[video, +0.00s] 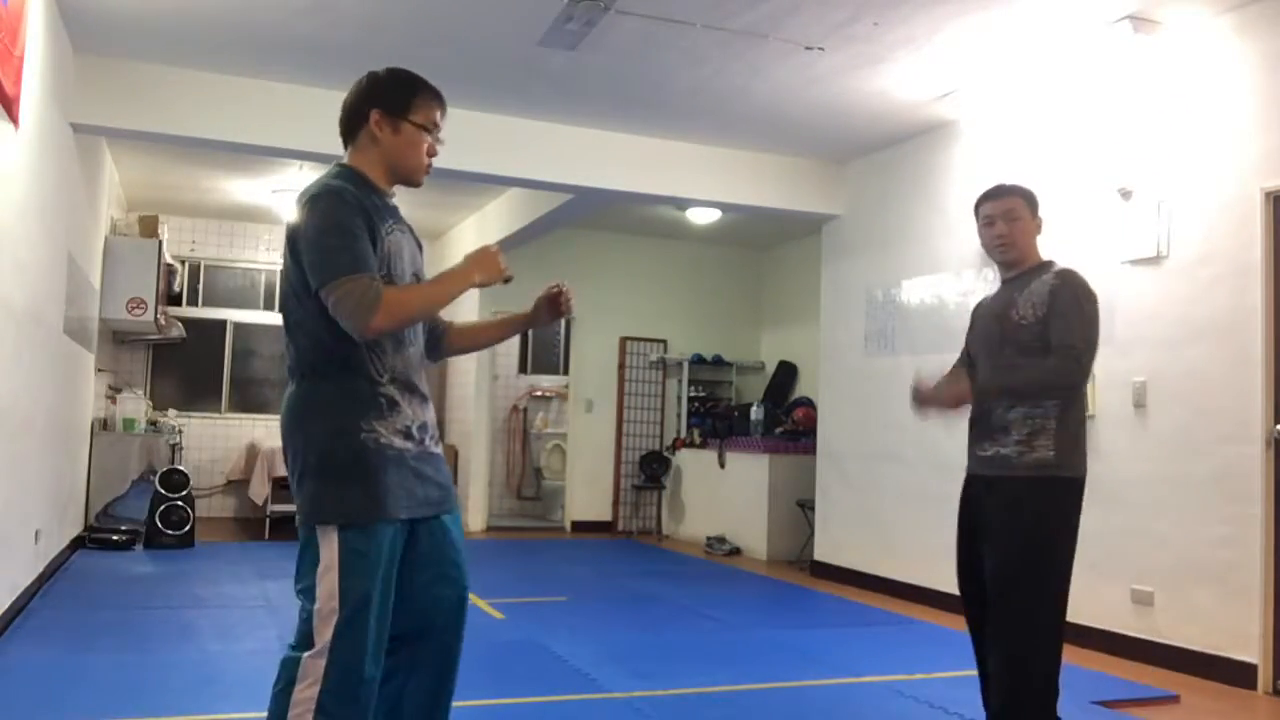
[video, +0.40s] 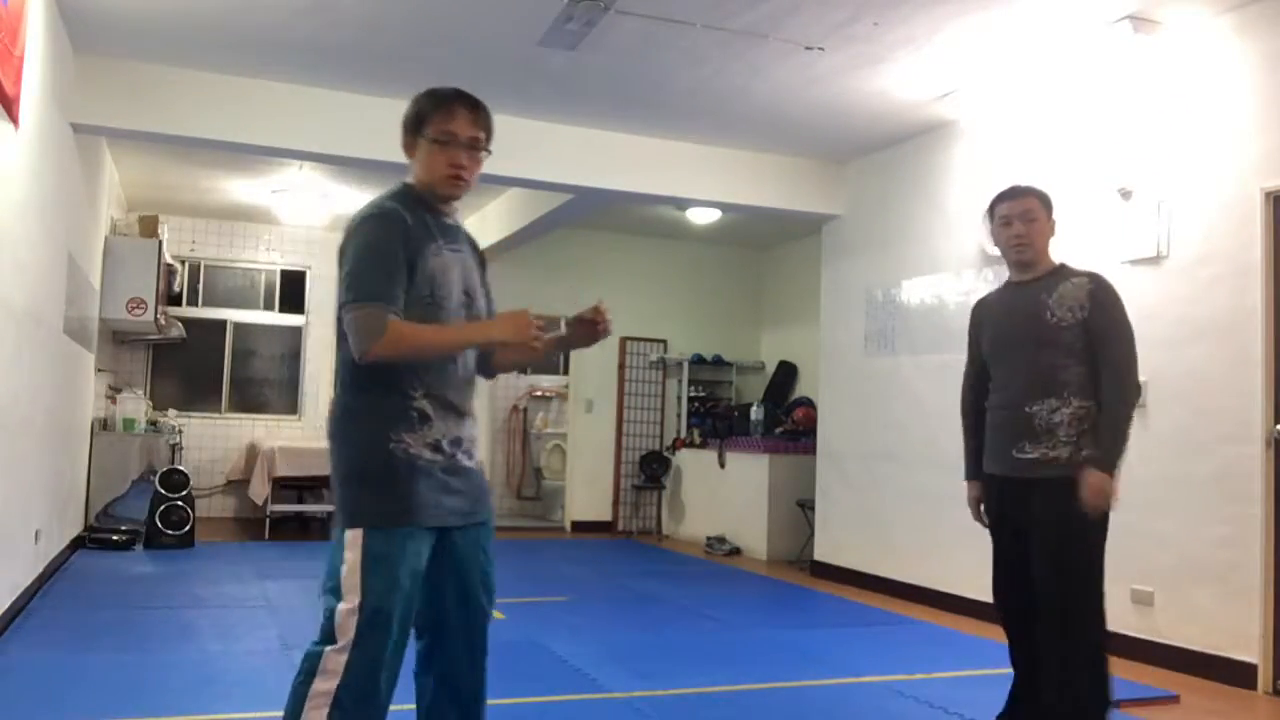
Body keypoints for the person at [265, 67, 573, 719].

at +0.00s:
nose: (436, 148)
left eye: (439, 136)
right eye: (427, 131)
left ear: (390, 132)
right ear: (378, 125)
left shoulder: (398, 228)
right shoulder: (332, 202)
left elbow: (430, 339)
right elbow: (365, 313)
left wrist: (526, 320)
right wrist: (466, 273)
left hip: (417, 454)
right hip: (351, 456)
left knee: (436, 614)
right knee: (341, 637)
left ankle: (408, 719)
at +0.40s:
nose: (462, 159)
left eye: (474, 147)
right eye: (446, 143)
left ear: (484, 158)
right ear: (411, 147)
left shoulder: (467, 247)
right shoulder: (381, 223)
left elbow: (484, 356)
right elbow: (370, 338)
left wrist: (564, 337)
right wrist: (488, 331)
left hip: (459, 475)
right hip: (386, 475)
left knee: (459, 651)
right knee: (359, 655)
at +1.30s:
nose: (512, 188)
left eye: (521, 180)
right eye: (498, 173)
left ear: (525, 188)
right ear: (459, 172)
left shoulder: (479, 250)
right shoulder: (449, 242)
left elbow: (508, 363)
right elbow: (474, 348)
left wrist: (579, 348)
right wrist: (555, 324)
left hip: (502, 463)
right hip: (453, 464)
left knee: (530, 616)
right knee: (425, 618)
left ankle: (531, 714)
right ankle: (354, 715)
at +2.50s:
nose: (549, 200)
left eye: (552, 188)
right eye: (545, 184)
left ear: (506, 180)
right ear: (509, 175)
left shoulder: (494, 249)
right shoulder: (473, 242)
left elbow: (559, 346)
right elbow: (543, 337)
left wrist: (640, 310)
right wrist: (593, 289)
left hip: (518, 464)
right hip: (472, 465)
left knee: (566, 600)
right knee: (450, 627)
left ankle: (555, 715)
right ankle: (398, 718)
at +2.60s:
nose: (568, 206)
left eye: (571, 194)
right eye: (563, 191)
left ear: (528, 187)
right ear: (527, 183)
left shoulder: (531, 262)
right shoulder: (484, 249)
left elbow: (616, 309)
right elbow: (572, 323)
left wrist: (696, 273)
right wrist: (614, 272)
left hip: (529, 464)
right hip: (479, 465)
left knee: (568, 622)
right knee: (454, 630)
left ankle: (587, 716)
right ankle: (399, 716)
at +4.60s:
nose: (580, 217)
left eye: (582, 205)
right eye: (574, 202)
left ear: (535, 198)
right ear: (534, 194)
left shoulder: (529, 267)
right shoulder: (496, 255)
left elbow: (608, 318)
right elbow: (564, 349)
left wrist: (631, 239)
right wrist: (627, 307)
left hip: (530, 470)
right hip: (479, 470)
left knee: (567, 604)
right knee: (462, 623)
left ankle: (563, 716)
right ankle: (395, 714)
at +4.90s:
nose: (527, 208)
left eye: (531, 195)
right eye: (520, 191)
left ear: (475, 187)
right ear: (473, 181)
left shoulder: (468, 253)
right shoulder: (431, 241)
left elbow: (552, 295)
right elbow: (505, 345)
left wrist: (559, 261)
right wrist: (584, 312)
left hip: (458, 464)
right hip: (405, 464)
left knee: (505, 603)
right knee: (383, 625)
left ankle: (506, 718)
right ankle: (325, 719)